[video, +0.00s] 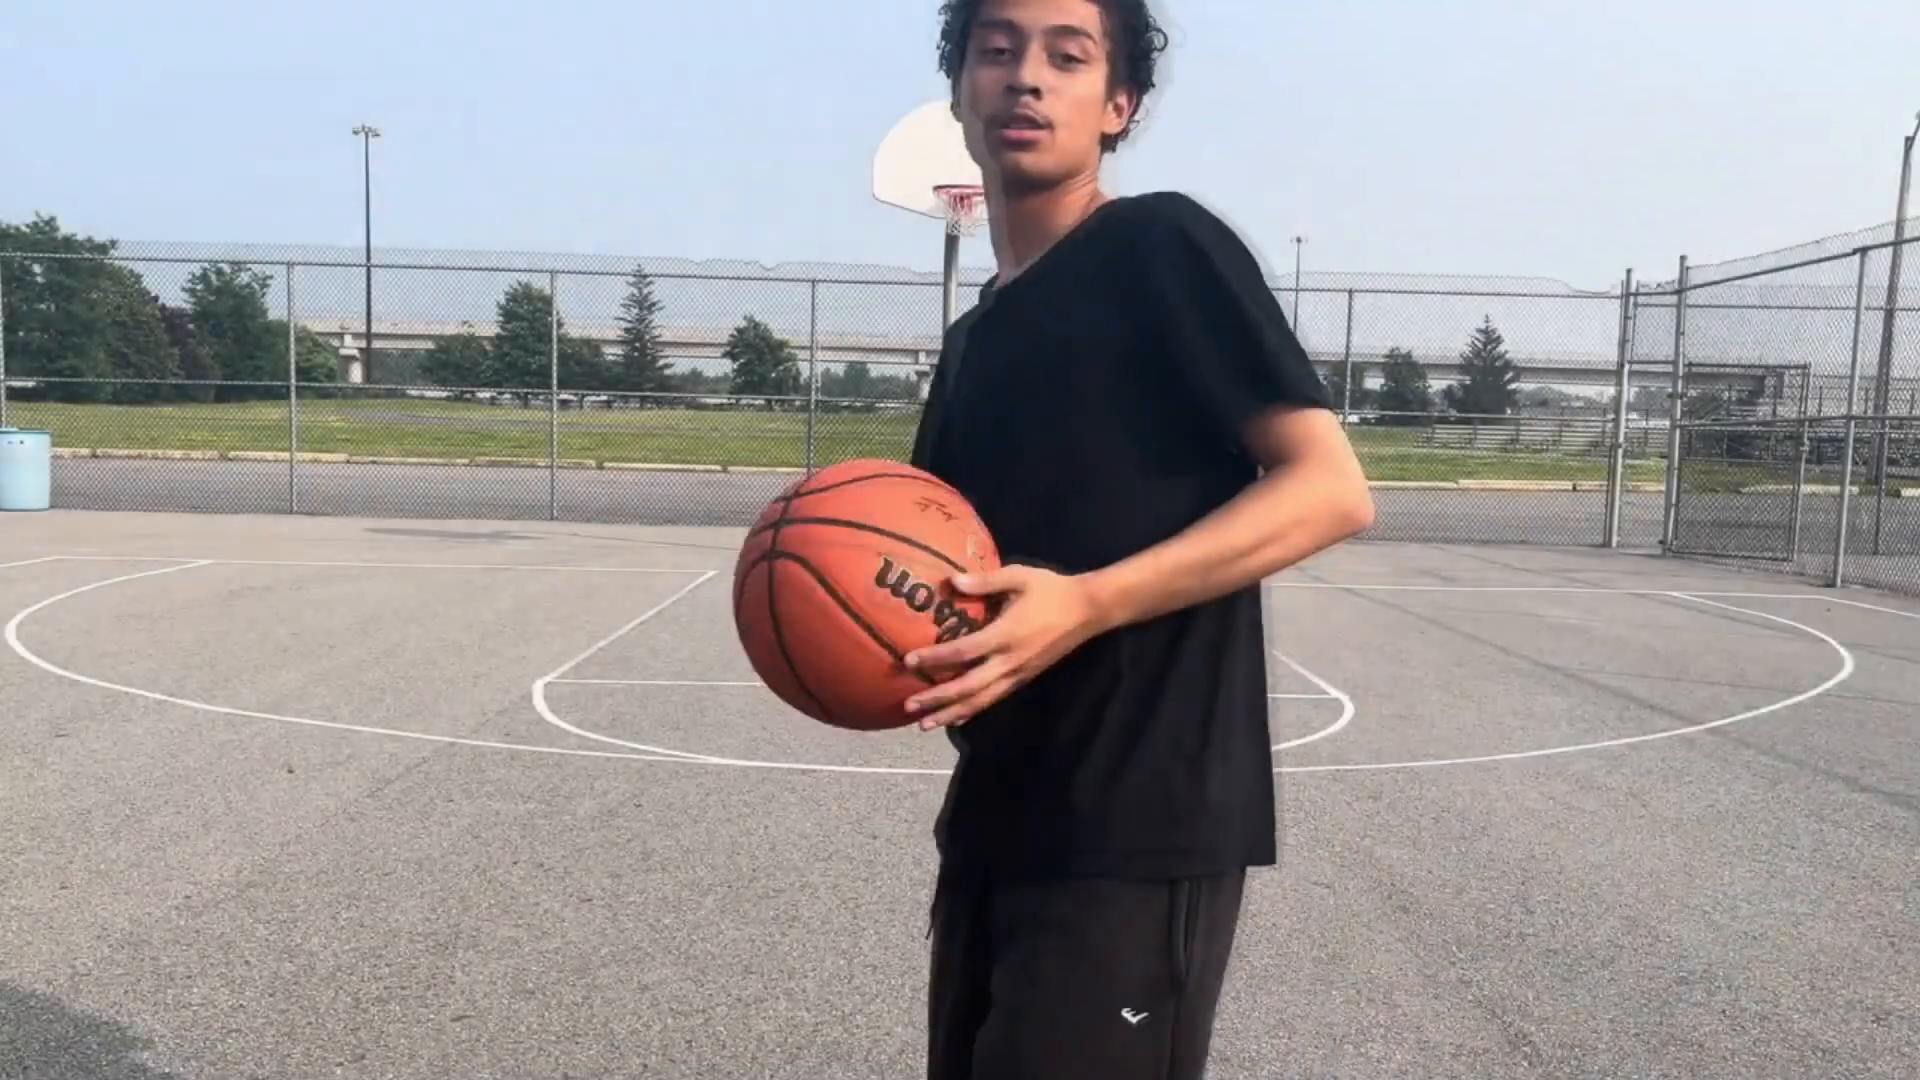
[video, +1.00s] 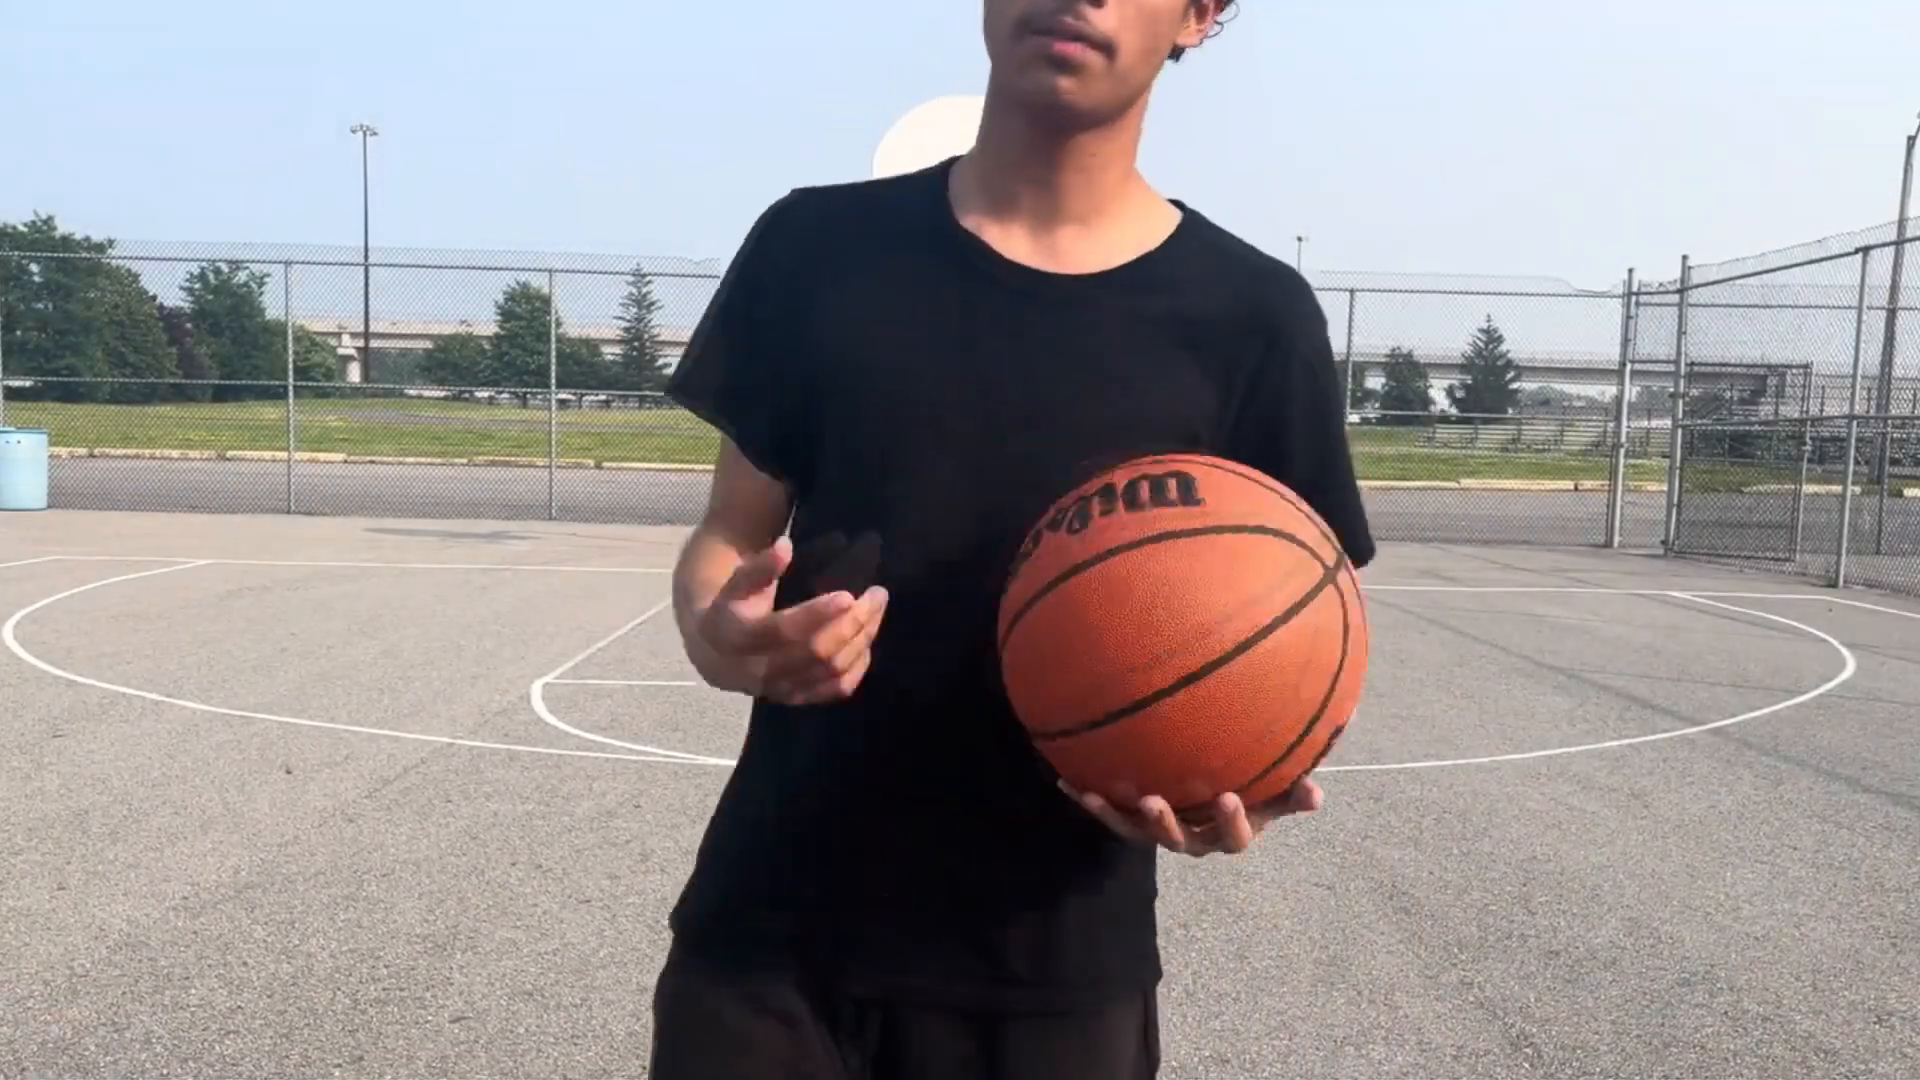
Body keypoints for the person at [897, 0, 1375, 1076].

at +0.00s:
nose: (1026, 81)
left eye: (1067, 55)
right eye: (998, 50)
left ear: (1120, 102)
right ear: (958, 84)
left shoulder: (1162, 241)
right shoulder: (974, 334)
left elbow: (1333, 489)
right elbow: (941, 552)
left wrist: (1090, 602)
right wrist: (836, 559)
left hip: (1143, 838)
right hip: (998, 825)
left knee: (1083, 1062)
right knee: (969, 1064)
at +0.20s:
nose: (957, 67)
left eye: (997, 42)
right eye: (927, 37)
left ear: (1050, 97)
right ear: (886, 83)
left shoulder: (1128, 256)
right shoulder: (893, 341)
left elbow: (1282, 496)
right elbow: (848, 554)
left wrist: (1081, 593)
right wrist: (818, 586)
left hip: (1106, 837)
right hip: (947, 835)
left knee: (1082, 1063)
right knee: (952, 1062)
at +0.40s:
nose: (975, 54)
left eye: (1022, 29)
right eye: (947, 22)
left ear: (1078, 85)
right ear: (905, 64)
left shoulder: (1142, 285)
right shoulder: (872, 319)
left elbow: (1264, 557)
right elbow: (810, 528)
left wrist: (1055, 644)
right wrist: (789, 519)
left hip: (1055, 853)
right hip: (889, 843)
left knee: (1048, 1068)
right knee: (901, 1063)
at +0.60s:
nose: (1032, 15)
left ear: (1152, 48)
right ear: (967, 21)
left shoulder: (1205, 303)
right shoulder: (877, 266)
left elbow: (1259, 607)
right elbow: (787, 526)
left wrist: (1060, 712)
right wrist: (786, 474)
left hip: (1037, 872)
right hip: (832, 848)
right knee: (815, 1063)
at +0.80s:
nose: (1073, 3)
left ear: (1198, 37)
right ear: (999, 4)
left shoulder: (1247, 318)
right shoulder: (855, 261)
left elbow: (1267, 622)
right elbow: (792, 516)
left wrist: (1147, 760)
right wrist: (736, 587)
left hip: (1046, 916)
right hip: (798, 888)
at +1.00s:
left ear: (1194, 20)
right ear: (991, 1)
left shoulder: (1258, 314)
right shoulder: (811, 249)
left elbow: (1293, 630)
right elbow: (733, 534)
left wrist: (1231, 772)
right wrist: (721, 641)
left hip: (1060, 968)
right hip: (775, 944)